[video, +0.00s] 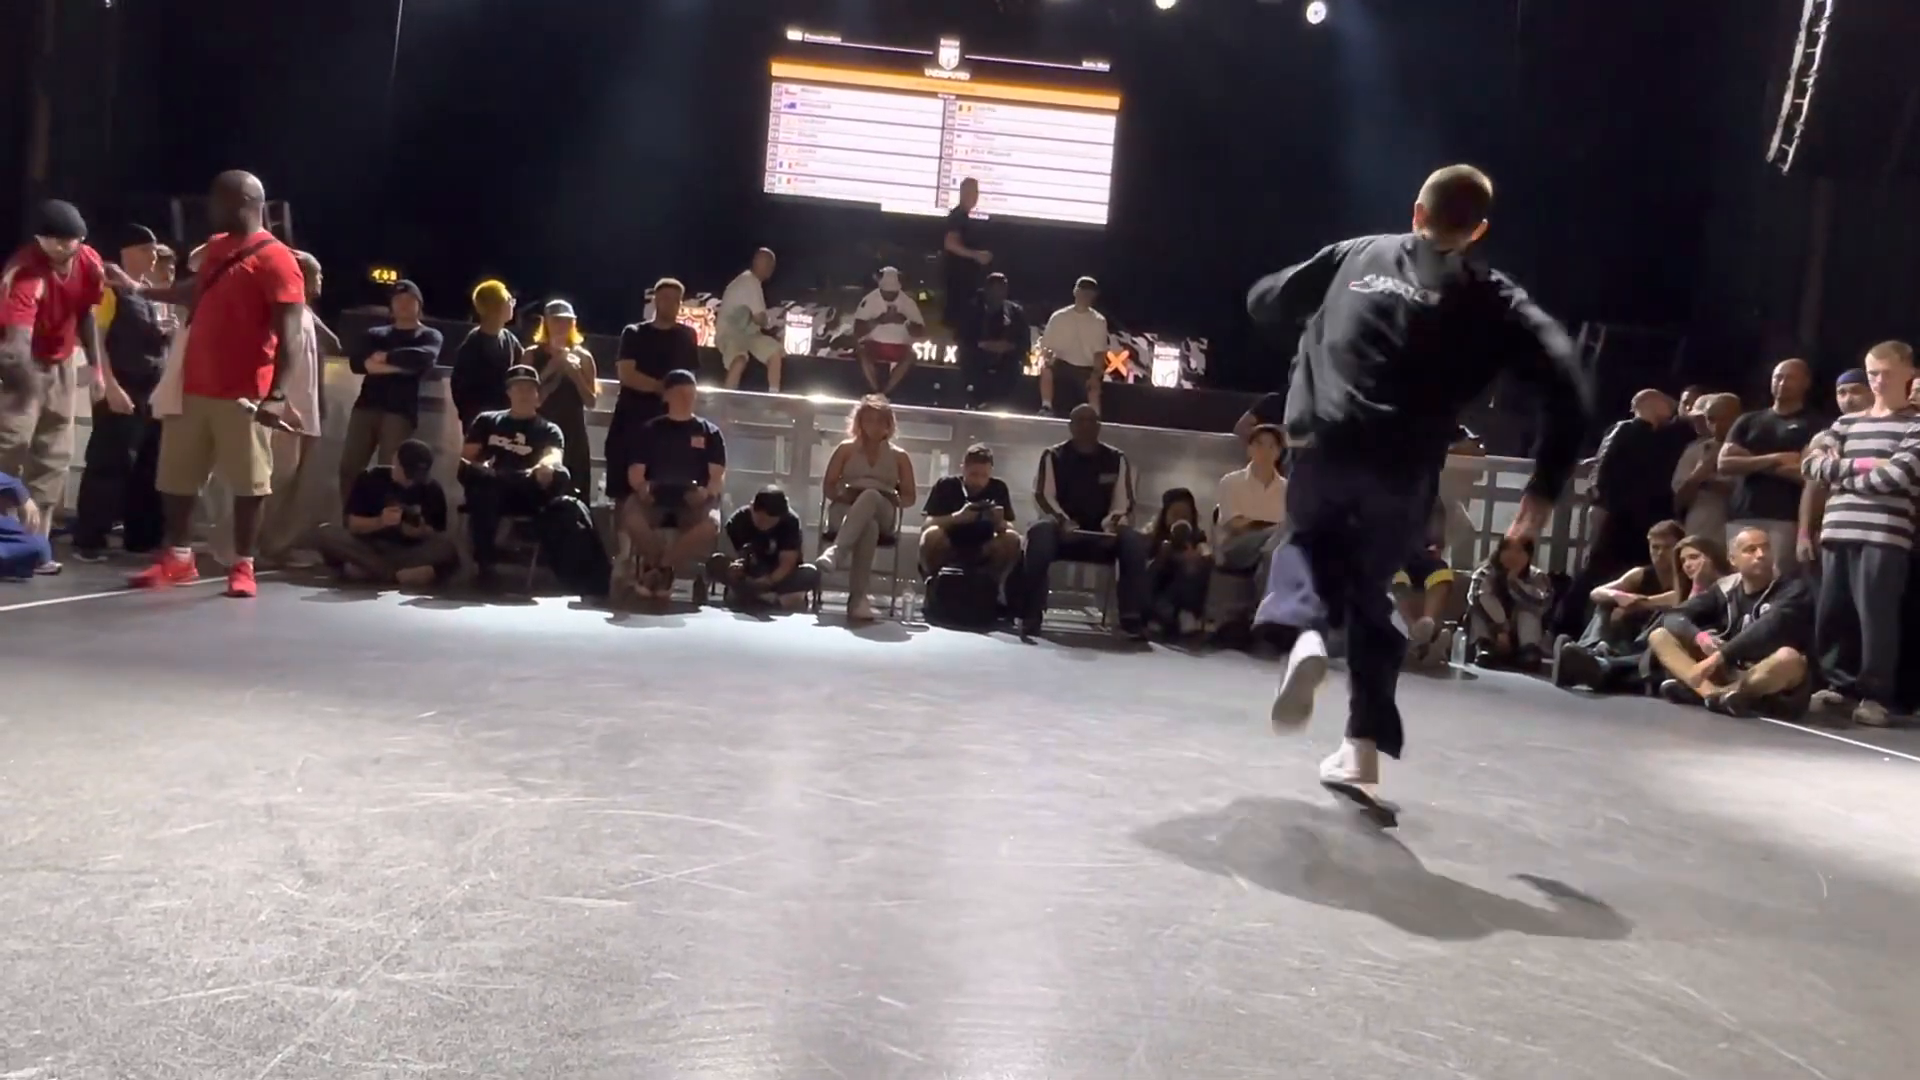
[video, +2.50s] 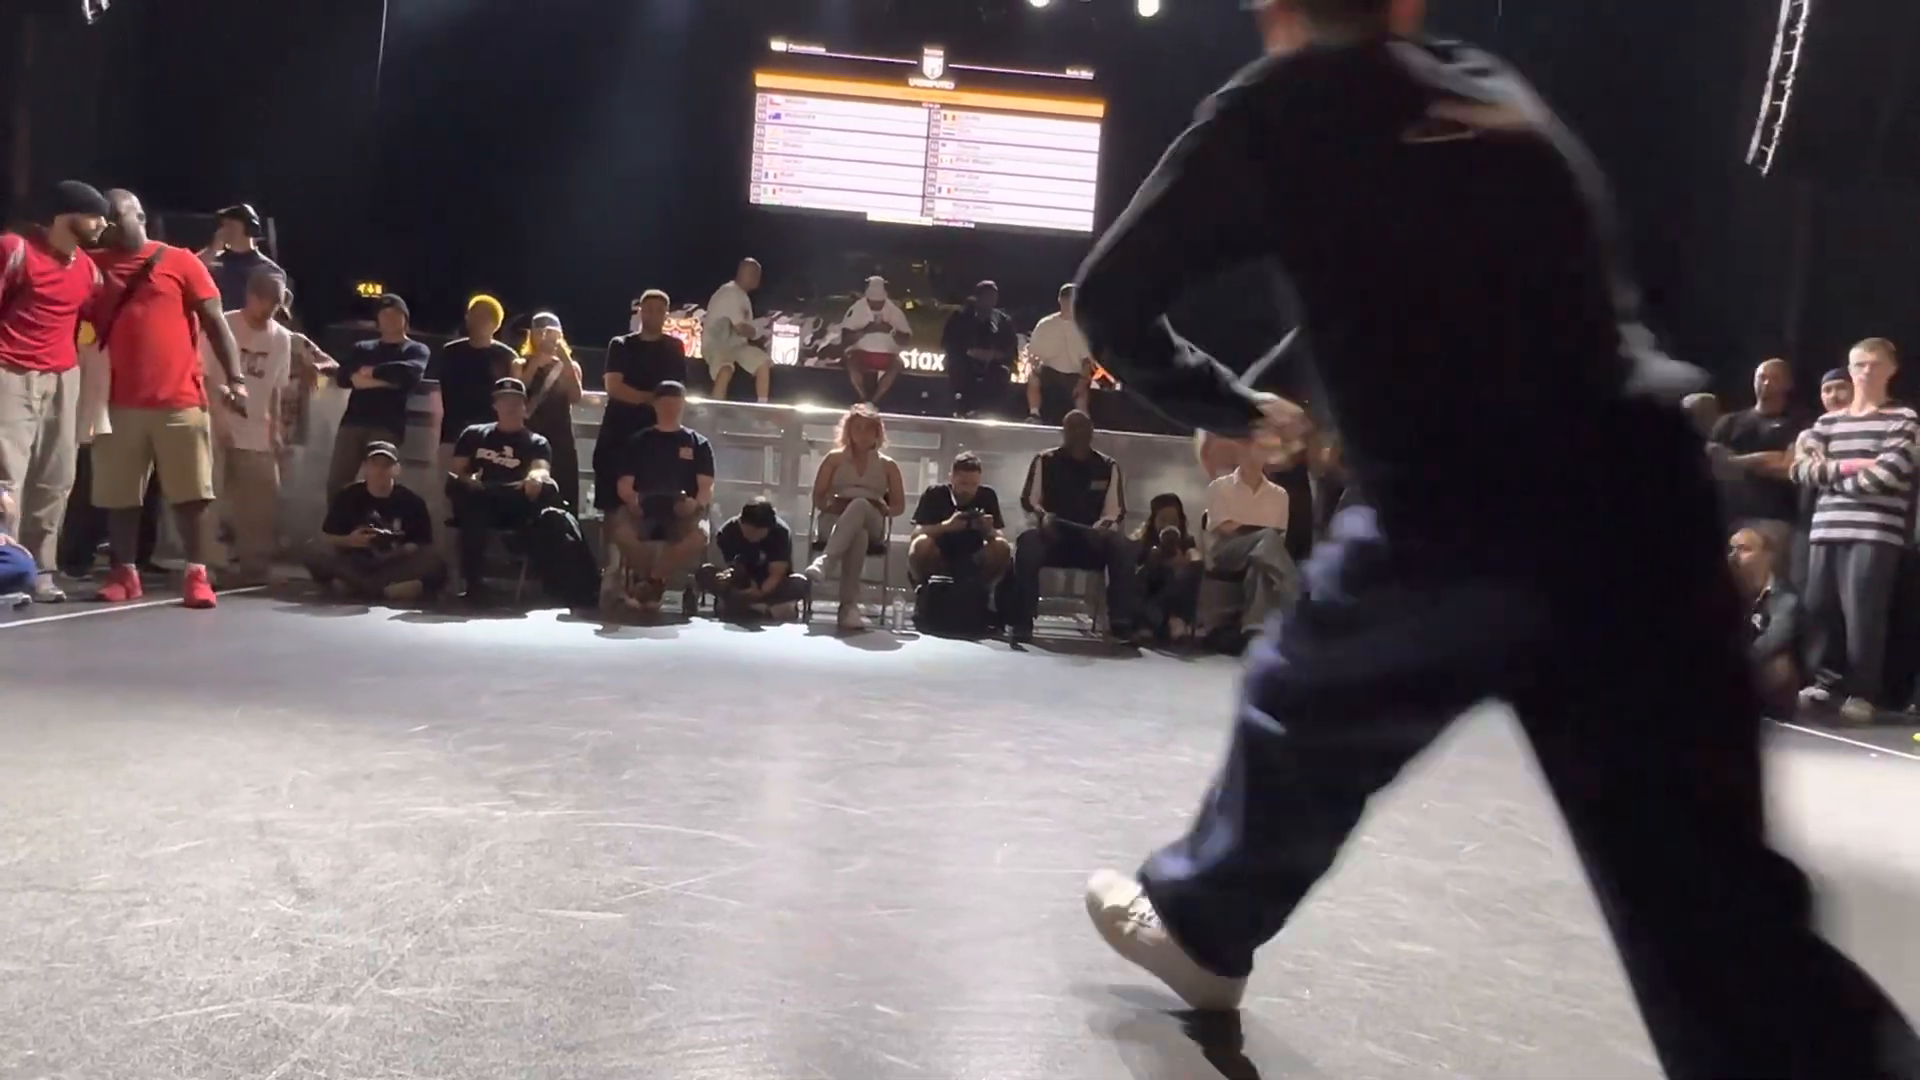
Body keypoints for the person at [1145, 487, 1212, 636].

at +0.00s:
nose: (1180, 520)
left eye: (1185, 514)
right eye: (1174, 514)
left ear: (1193, 515)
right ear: (1165, 515)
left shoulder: (1199, 538)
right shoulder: (1153, 539)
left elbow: (1208, 559)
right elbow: (1148, 570)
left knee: (1196, 566)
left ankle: (1189, 613)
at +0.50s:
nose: (1178, 521)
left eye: (1183, 516)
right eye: (1172, 515)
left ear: (1192, 516)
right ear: (1163, 516)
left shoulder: (1197, 539)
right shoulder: (1151, 540)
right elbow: (1147, 572)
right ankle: (1182, 615)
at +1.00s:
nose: (1179, 522)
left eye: (1184, 517)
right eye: (1174, 516)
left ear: (1192, 518)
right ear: (1164, 516)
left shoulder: (1197, 538)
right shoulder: (1152, 538)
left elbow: (1206, 560)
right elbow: (1148, 571)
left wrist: (1186, 546)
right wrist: (1165, 550)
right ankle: (1184, 614)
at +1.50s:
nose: (1179, 522)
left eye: (1184, 517)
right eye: (1174, 516)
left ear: (1192, 517)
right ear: (1164, 516)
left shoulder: (1197, 539)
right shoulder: (1151, 539)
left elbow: (1207, 558)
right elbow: (1148, 572)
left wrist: (1191, 555)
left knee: (1196, 568)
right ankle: (1185, 616)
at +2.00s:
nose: (1177, 526)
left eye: (1181, 520)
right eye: (1172, 520)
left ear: (1189, 520)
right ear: (1162, 519)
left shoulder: (1194, 542)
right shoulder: (1150, 542)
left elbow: (1204, 563)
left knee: (1196, 570)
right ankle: (1182, 619)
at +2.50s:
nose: (1168, 526)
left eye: (1173, 520)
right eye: (1163, 520)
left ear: (1181, 520)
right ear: (1153, 520)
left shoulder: (1187, 542)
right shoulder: (1140, 542)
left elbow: (1197, 561)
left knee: (1193, 568)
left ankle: (1184, 620)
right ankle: (1174, 619)